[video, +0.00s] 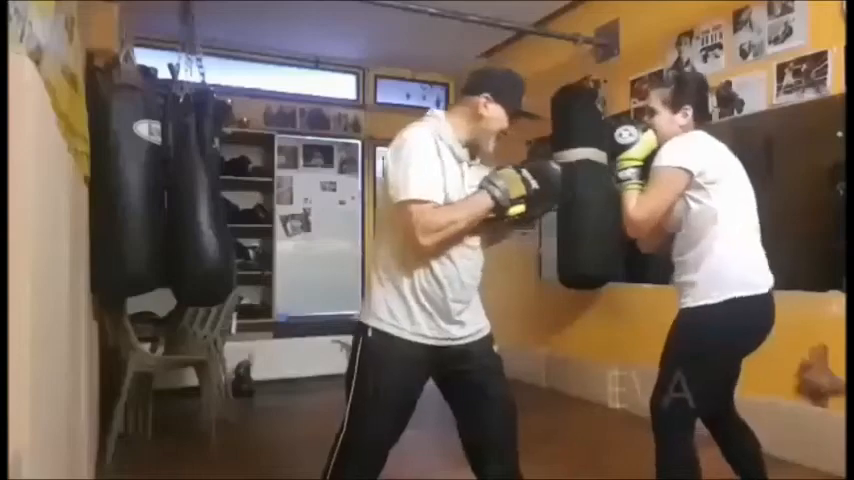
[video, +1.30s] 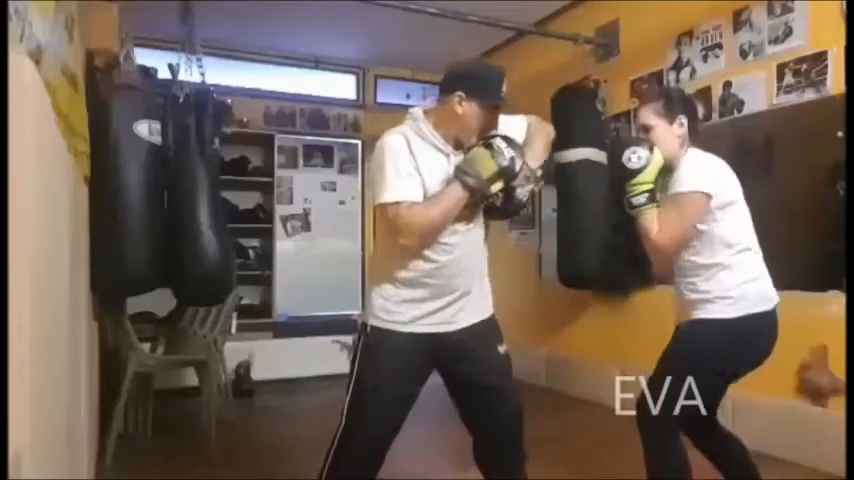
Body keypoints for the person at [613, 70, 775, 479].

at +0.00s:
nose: (645, 121)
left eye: (652, 112)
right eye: (645, 113)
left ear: (683, 114)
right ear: (684, 116)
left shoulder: (685, 149)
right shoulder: (713, 151)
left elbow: (639, 223)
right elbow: (651, 241)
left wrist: (628, 169)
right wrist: (633, 176)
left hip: (713, 307)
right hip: (747, 303)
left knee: (669, 409)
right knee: (716, 408)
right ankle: (756, 474)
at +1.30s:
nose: (641, 140)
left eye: (647, 128)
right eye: (638, 130)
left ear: (679, 127)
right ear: (675, 129)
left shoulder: (697, 169)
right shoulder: (679, 176)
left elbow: (662, 249)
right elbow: (664, 269)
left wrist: (641, 194)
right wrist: (638, 199)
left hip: (729, 321)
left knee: (654, 411)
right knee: (695, 417)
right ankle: (747, 475)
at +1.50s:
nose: (640, 137)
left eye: (648, 126)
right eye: (635, 129)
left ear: (679, 123)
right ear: (630, 133)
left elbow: (681, 246)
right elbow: (616, 256)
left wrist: (657, 187)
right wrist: (567, 245)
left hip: (727, 316)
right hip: (676, 322)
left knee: (657, 415)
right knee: (682, 428)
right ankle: (729, 475)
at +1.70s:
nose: (633, 133)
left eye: (641, 121)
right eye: (629, 125)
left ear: (673, 115)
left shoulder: (705, 166)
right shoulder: (651, 174)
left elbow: (671, 243)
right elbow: (640, 239)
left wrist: (643, 179)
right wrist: (595, 217)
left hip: (709, 319)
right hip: (664, 318)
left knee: (651, 423)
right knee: (681, 425)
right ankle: (720, 474)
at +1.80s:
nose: (632, 130)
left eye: (638, 117)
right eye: (627, 121)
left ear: (669, 110)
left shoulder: (709, 160)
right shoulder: (638, 171)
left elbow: (674, 228)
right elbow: (585, 210)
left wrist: (643, 170)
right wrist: (563, 172)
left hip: (711, 313)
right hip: (663, 315)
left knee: (655, 420)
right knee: (687, 420)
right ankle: (734, 474)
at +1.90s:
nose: (626, 123)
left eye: (632, 112)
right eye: (624, 115)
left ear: (662, 105)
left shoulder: (703, 145)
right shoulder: (626, 168)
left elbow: (687, 190)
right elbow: (572, 199)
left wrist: (651, 145)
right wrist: (542, 161)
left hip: (710, 305)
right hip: (666, 313)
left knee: (653, 419)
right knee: (694, 412)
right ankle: (746, 474)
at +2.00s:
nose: (621, 117)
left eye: (627, 107)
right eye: (619, 109)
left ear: (656, 102)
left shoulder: (690, 146)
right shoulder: (633, 165)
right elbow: (611, 221)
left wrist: (653, 116)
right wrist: (578, 186)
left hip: (701, 301)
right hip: (669, 307)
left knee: (644, 413)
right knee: (691, 409)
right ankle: (742, 474)